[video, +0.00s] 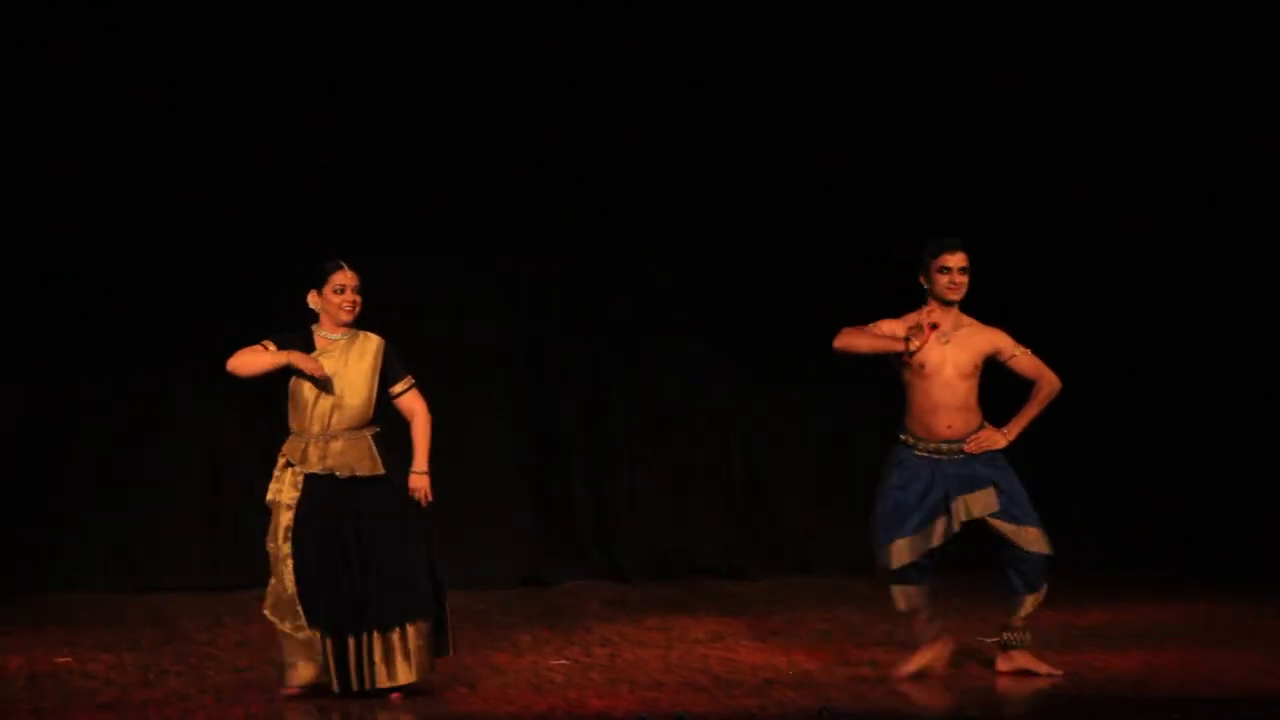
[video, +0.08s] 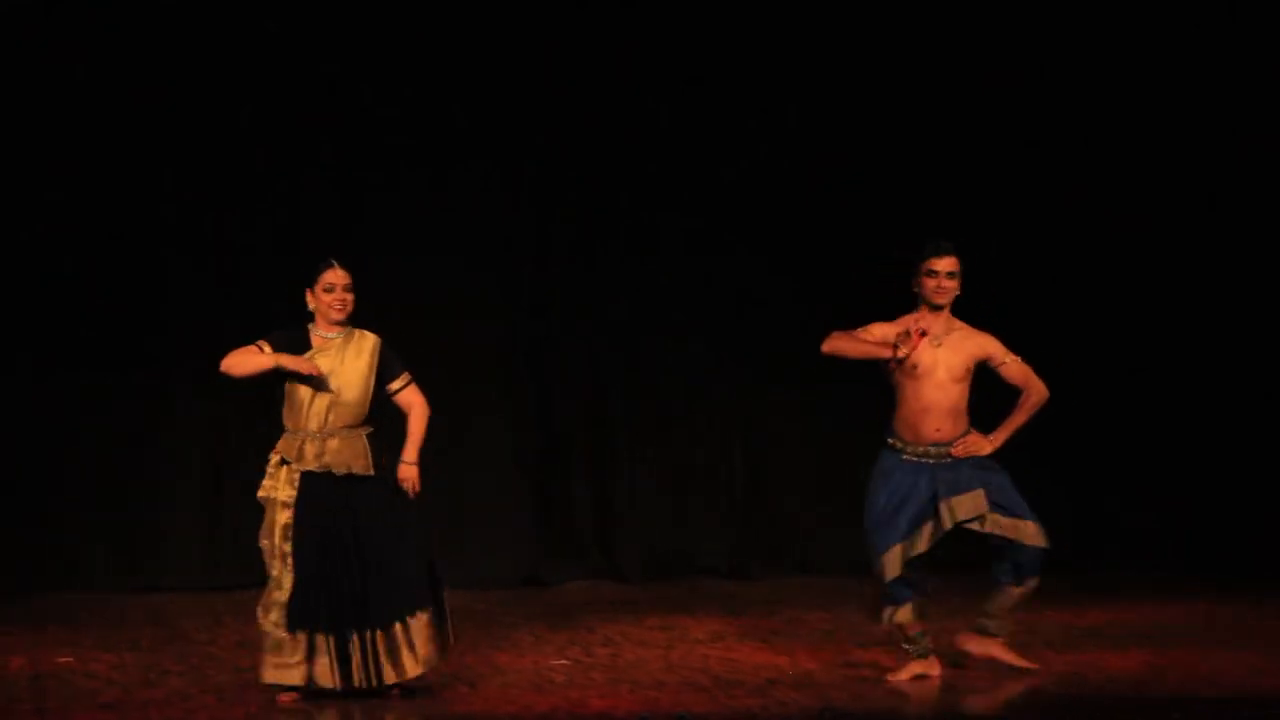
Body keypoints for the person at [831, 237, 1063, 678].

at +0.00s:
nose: (955, 279)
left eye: (962, 271)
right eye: (945, 271)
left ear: (969, 277)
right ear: (926, 277)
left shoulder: (985, 337)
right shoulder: (906, 327)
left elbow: (1049, 382)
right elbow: (843, 340)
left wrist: (1007, 432)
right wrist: (902, 342)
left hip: (976, 454)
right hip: (916, 455)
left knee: (1031, 545)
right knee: (899, 552)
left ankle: (1014, 648)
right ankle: (931, 640)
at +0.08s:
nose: (941, 283)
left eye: (950, 276)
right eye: (932, 275)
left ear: (960, 284)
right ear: (917, 280)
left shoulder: (976, 342)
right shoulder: (897, 330)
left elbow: (1036, 391)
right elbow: (831, 344)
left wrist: (992, 440)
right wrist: (890, 350)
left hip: (962, 459)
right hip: (903, 460)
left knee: (1027, 541)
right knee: (887, 553)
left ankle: (986, 633)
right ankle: (920, 656)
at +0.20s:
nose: (925, 287)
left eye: (935, 280)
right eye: (917, 278)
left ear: (947, 288)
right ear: (905, 283)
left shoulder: (967, 345)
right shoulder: (887, 334)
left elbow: (1026, 396)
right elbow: (818, 347)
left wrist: (983, 444)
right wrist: (878, 350)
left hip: (949, 463)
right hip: (892, 460)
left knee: (993, 545)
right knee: (887, 557)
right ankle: (920, 654)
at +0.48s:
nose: (909, 281)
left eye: (919, 273)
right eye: (901, 272)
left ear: (932, 280)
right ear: (889, 277)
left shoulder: (958, 333)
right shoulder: (873, 332)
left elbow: (1017, 383)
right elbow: (804, 338)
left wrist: (978, 436)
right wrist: (868, 331)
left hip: (940, 456)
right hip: (886, 451)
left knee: (939, 565)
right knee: (872, 556)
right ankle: (878, 657)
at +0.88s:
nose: (941, 277)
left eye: (947, 269)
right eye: (931, 269)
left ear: (955, 276)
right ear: (912, 277)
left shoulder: (978, 327)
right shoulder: (903, 332)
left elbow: (1046, 348)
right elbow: (850, 364)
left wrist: (1019, 397)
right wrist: (909, 367)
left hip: (976, 449)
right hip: (922, 450)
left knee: (1004, 546)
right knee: (890, 539)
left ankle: (965, 649)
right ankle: (912, 624)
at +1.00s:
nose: (951, 272)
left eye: (956, 264)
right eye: (940, 264)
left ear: (963, 272)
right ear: (920, 273)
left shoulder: (984, 320)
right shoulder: (913, 328)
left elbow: (1054, 325)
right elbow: (871, 355)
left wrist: (1035, 354)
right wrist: (926, 368)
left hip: (980, 447)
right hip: (931, 449)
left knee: (1006, 541)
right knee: (948, 550)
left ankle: (962, 647)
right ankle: (940, 631)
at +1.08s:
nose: (896, 296)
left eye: (896, 289)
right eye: (885, 290)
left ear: (895, 299)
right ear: (857, 299)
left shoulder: (914, 360)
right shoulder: (824, 352)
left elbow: (974, 406)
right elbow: (751, 339)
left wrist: (1024, 431)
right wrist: (744, 276)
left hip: (911, 479)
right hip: (849, 481)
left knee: (965, 564)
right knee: (800, 566)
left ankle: (913, 656)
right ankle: (843, 659)